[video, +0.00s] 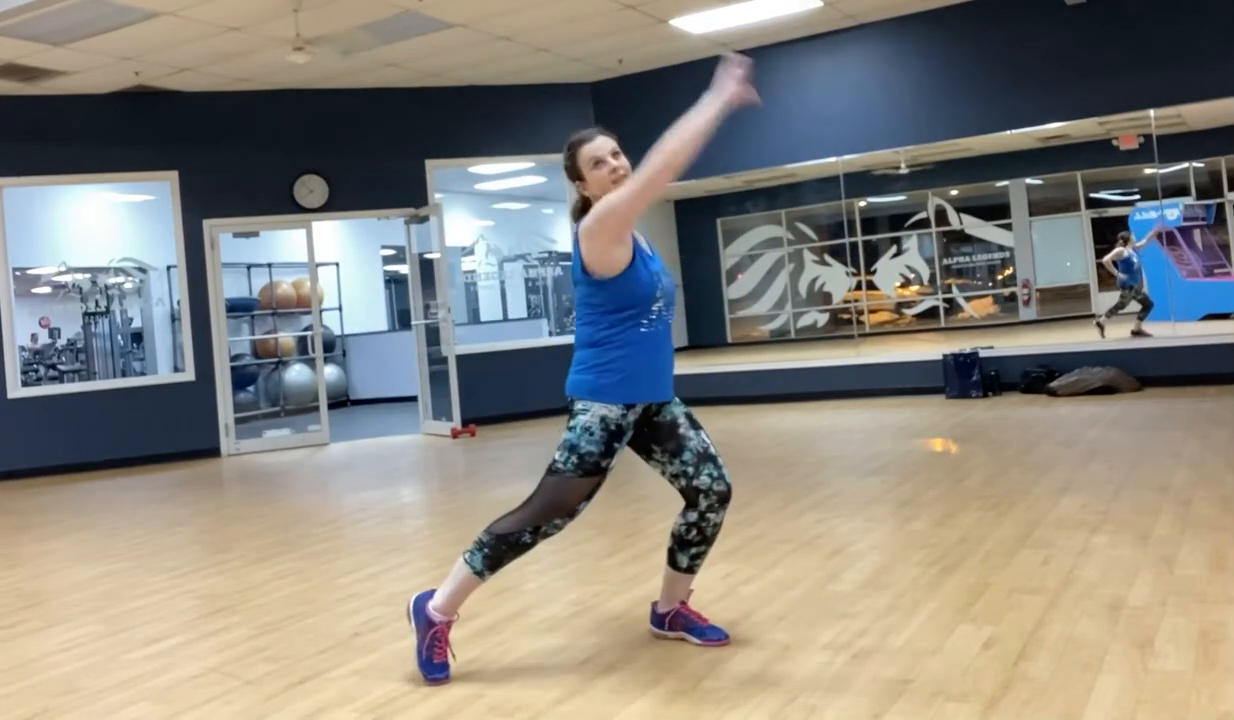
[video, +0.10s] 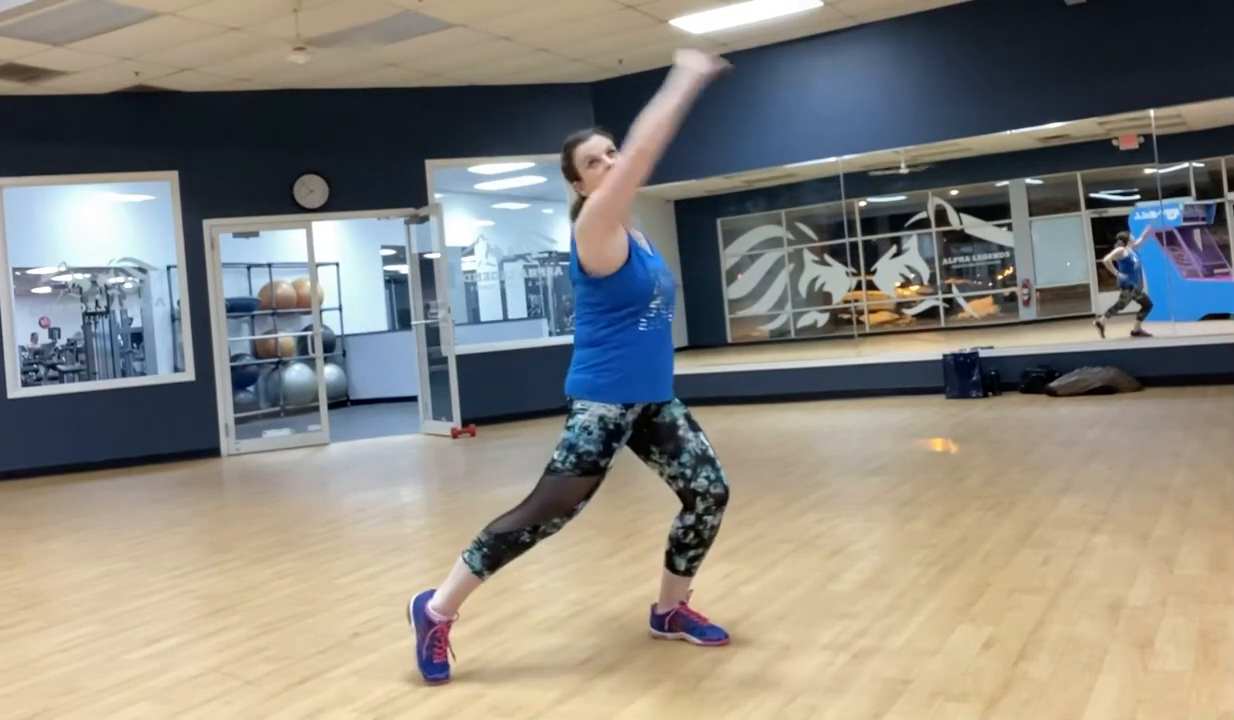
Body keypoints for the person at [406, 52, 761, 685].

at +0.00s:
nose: (617, 164)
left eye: (618, 154)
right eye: (601, 162)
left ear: (626, 160)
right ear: (580, 182)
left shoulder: (621, 224)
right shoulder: (600, 227)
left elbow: (667, 163)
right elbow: (665, 164)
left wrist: (713, 103)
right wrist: (719, 96)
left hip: (653, 399)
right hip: (605, 402)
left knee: (711, 489)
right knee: (552, 509)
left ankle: (672, 607)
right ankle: (437, 609)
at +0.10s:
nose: (610, 162)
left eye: (613, 153)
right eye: (595, 160)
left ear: (623, 164)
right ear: (578, 182)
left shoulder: (622, 229)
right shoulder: (594, 227)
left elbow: (642, 148)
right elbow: (641, 150)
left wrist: (681, 80)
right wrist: (687, 73)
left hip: (652, 399)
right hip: (602, 402)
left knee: (708, 491)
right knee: (551, 509)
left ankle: (671, 609)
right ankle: (435, 611)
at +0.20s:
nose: (607, 157)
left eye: (605, 149)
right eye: (594, 153)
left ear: (611, 165)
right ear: (575, 176)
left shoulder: (626, 226)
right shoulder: (584, 228)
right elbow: (596, 133)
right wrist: (613, 47)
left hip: (652, 399)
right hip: (599, 402)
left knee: (708, 494)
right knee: (544, 512)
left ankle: (671, 608)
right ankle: (437, 611)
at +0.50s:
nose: (583, 157)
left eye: (587, 148)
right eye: (567, 155)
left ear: (606, 161)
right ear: (557, 180)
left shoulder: (628, 223)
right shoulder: (571, 229)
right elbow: (535, 145)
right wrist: (512, 60)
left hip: (653, 397)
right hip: (595, 402)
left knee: (707, 496)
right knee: (539, 511)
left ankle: (671, 608)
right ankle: (437, 612)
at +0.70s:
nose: (577, 160)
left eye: (583, 150)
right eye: (565, 160)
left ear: (605, 164)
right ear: (558, 182)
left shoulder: (631, 227)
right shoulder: (566, 230)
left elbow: (634, 302)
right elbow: (510, 160)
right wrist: (455, 86)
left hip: (652, 397)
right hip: (593, 400)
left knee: (707, 493)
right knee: (543, 504)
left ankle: (672, 609)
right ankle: (432, 613)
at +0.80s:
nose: (579, 161)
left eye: (584, 151)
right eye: (566, 160)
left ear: (605, 162)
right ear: (560, 180)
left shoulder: (631, 227)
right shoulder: (564, 228)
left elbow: (633, 303)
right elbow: (502, 161)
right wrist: (439, 88)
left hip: (653, 396)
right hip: (592, 399)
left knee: (707, 494)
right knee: (544, 501)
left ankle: (671, 610)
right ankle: (432, 613)